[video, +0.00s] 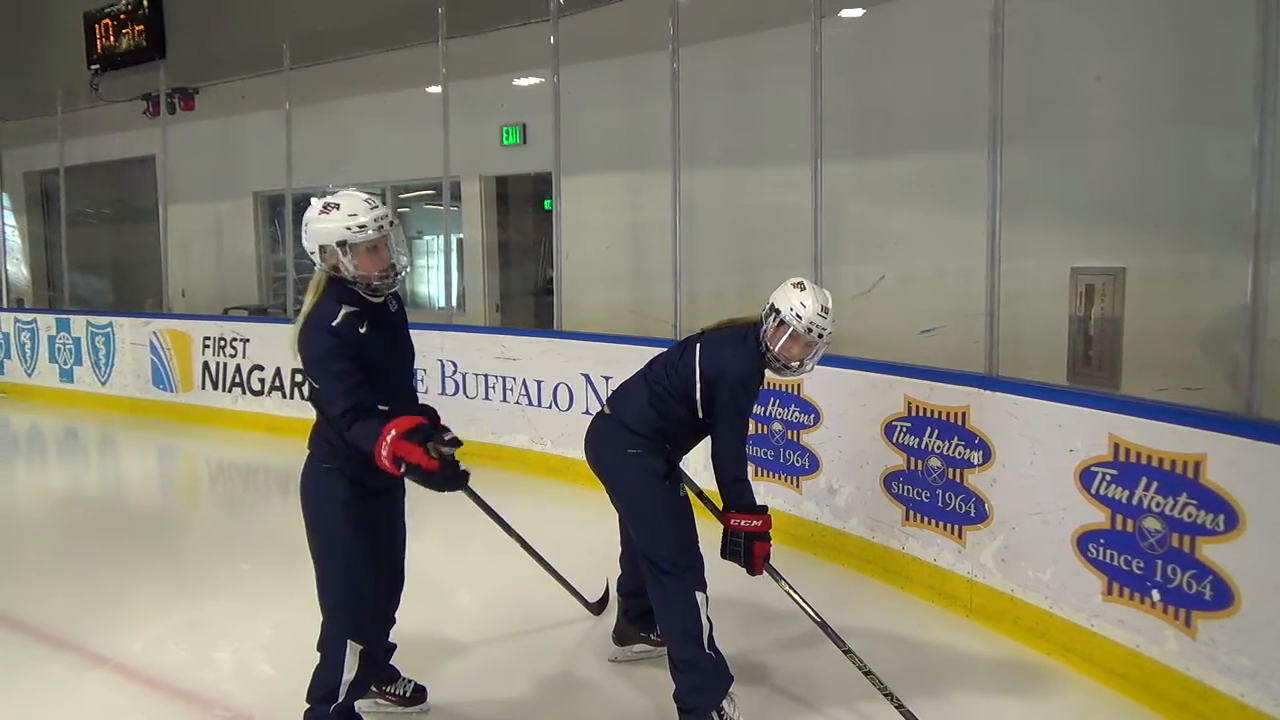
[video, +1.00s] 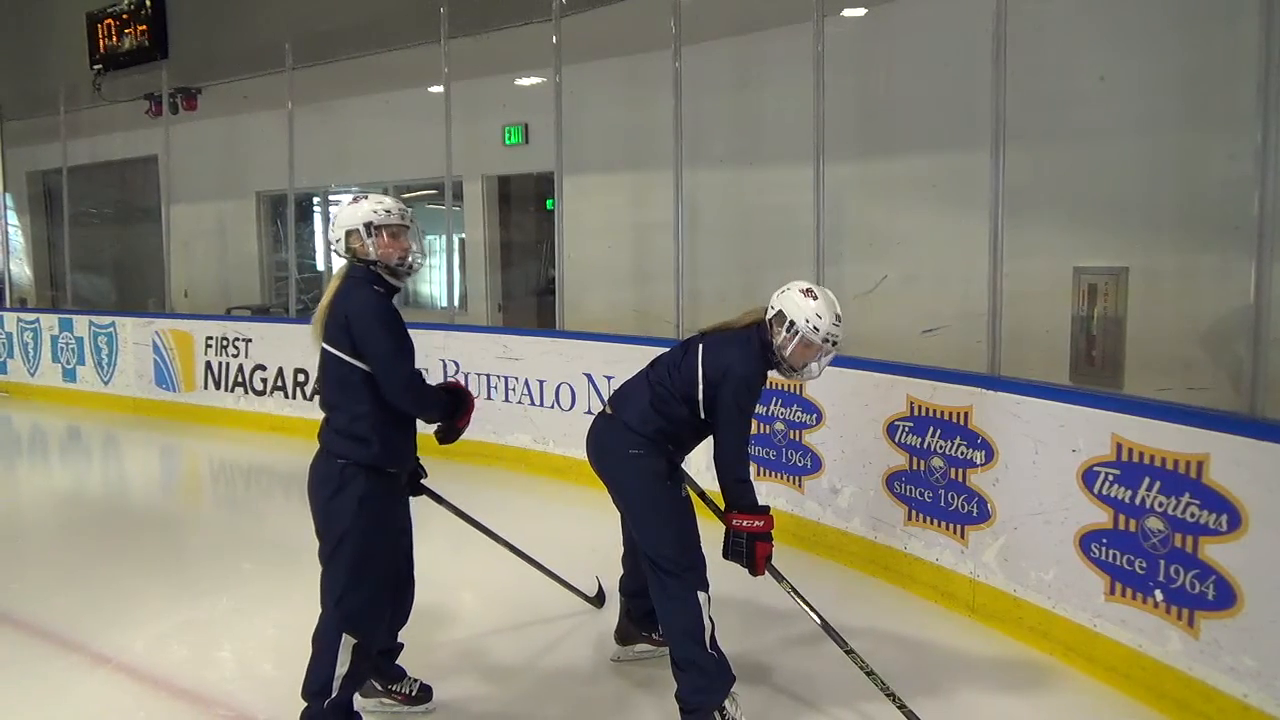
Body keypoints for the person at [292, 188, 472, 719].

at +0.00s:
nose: (383, 257)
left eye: (385, 244)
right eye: (368, 249)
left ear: (392, 243)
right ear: (336, 259)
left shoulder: (385, 302)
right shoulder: (326, 322)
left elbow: (399, 390)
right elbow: (349, 413)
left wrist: (431, 430)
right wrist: (404, 451)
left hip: (382, 471)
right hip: (338, 476)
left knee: (385, 580)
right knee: (347, 595)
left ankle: (374, 672)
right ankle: (327, 706)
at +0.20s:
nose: (398, 249)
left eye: (397, 237)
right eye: (385, 239)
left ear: (380, 243)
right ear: (350, 247)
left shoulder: (373, 301)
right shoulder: (339, 315)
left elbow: (383, 392)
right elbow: (365, 407)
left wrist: (411, 446)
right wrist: (435, 421)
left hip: (379, 470)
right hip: (345, 476)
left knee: (387, 581)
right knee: (354, 596)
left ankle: (374, 673)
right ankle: (326, 704)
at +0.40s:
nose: (407, 241)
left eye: (404, 230)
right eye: (395, 231)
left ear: (370, 239)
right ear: (363, 236)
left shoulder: (361, 295)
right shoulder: (359, 304)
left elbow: (359, 392)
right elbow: (406, 394)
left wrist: (404, 450)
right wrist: (473, 399)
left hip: (375, 468)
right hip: (351, 472)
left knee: (388, 579)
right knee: (352, 594)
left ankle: (375, 672)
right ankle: (325, 705)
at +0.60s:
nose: (410, 242)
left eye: (409, 232)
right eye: (399, 232)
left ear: (373, 240)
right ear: (368, 239)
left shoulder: (359, 291)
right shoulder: (372, 297)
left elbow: (367, 393)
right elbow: (413, 385)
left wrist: (398, 464)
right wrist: (462, 398)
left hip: (370, 468)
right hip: (357, 473)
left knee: (390, 579)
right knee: (353, 594)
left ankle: (377, 668)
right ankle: (328, 705)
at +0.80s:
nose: (407, 244)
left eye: (409, 234)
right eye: (394, 234)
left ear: (412, 239)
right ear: (364, 242)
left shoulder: (366, 294)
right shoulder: (369, 298)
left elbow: (365, 394)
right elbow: (407, 386)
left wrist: (399, 463)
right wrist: (455, 400)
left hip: (374, 468)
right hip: (355, 472)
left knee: (391, 579)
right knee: (353, 595)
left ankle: (378, 670)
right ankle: (329, 707)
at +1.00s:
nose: (403, 245)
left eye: (406, 235)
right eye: (391, 235)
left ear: (407, 239)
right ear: (360, 241)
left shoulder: (363, 295)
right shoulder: (363, 299)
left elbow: (367, 394)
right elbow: (401, 388)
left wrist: (401, 460)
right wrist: (452, 401)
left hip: (373, 468)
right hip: (352, 472)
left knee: (390, 578)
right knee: (351, 594)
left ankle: (377, 668)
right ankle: (327, 707)